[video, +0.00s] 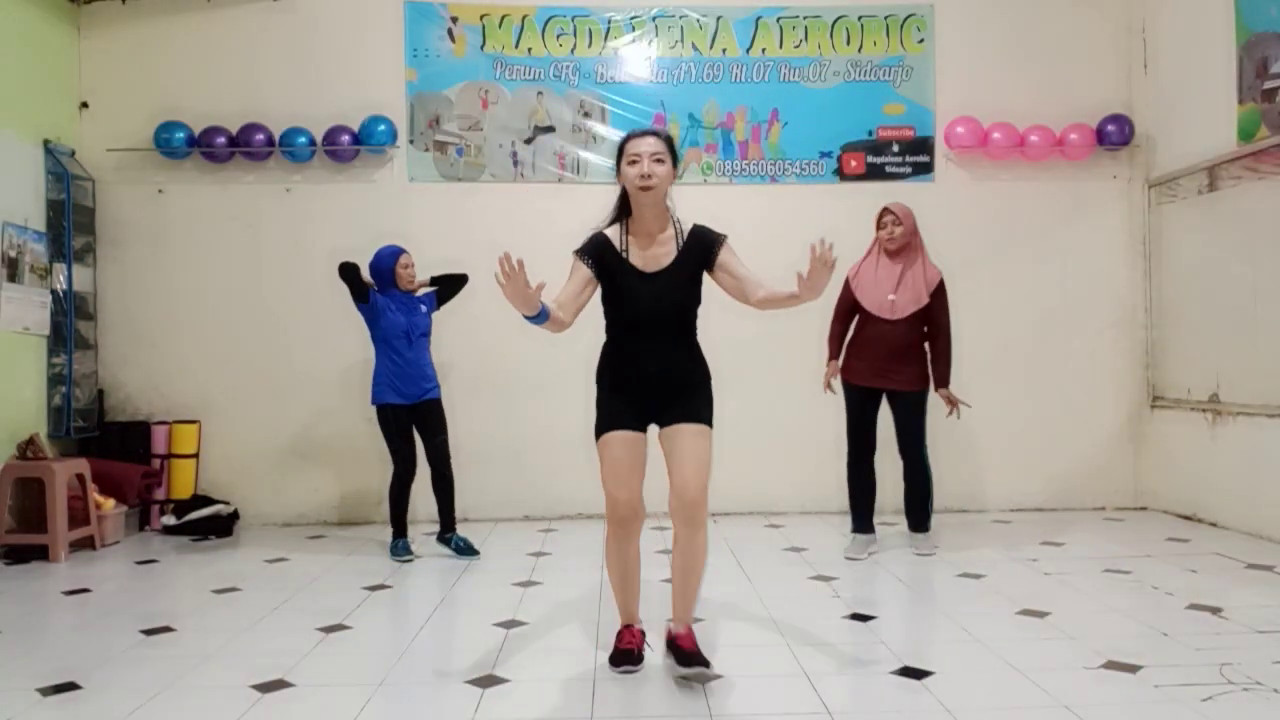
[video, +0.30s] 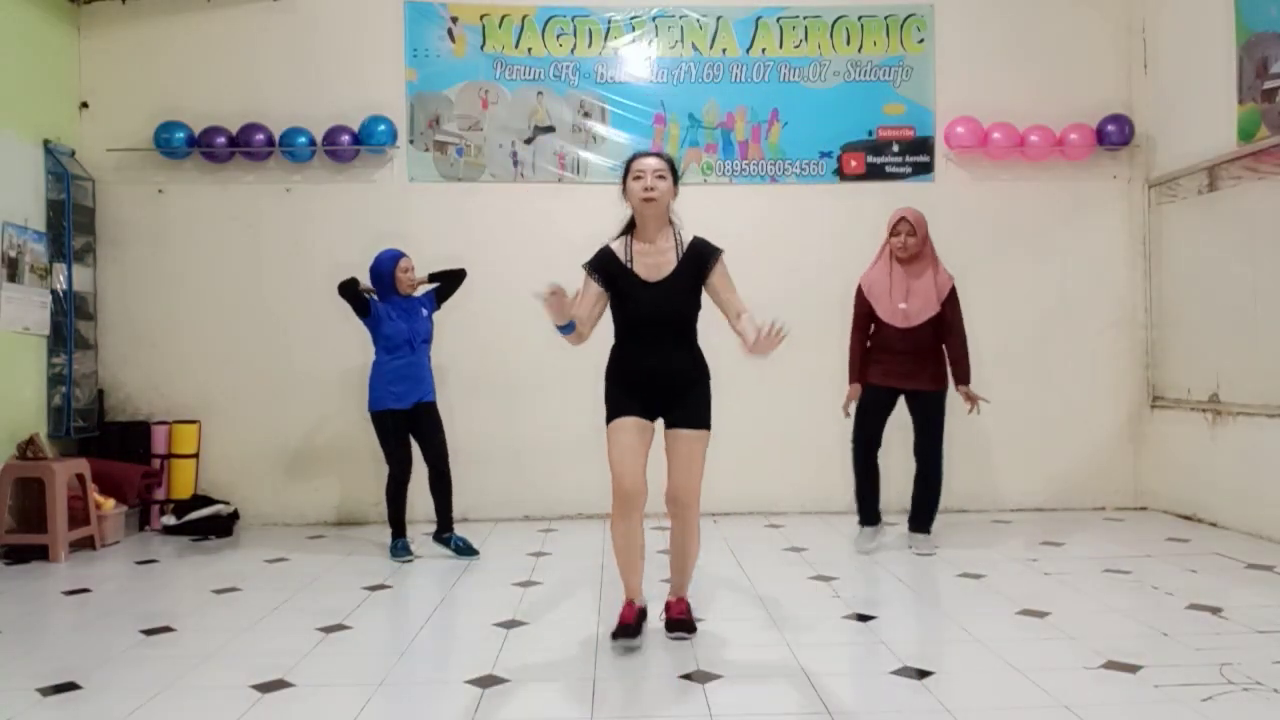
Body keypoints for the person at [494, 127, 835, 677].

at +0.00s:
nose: (646, 168)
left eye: (656, 159)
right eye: (634, 161)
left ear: (673, 172)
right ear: (620, 175)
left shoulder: (699, 242)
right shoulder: (602, 247)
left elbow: (754, 292)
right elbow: (561, 318)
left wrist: (804, 293)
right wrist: (531, 308)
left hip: (683, 383)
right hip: (620, 385)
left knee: (691, 503)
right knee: (623, 509)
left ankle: (682, 628)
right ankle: (629, 627)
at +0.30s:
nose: (650, 183)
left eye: (660, 176)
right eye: (639, 177)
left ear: (675, 191)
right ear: (625, 193)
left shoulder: (699, 254)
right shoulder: (610, 259)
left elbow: (735, 312)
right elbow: (579, 333)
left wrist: (753, 341)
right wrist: (563, 318)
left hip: (686, 381)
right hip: (628, 381)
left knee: (682, 497)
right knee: (627, 493)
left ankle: (678, 600)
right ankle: (633, 602)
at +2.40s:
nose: (660, 211)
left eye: (669, 205)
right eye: (651, 205)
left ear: (681, 215)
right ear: (639, 216)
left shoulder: (700, 269)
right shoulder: (626, 271)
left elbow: (722, 328)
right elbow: (609, 331)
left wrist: (705, 356)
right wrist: (621, 370)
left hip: (689, 374)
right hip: (642, 374)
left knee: (692, 471)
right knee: (641, 438)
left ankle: (687, 560)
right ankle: (644, 527)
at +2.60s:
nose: (656, 209)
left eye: (664, 203)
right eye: (647, 203)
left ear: (676, 213)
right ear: (635, 215)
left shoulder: (697, 267)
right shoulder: (621, 269)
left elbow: (721, 320)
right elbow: (606, 330)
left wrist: (715, 369)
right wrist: (623, 366)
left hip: (686, 375)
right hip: (638, 376)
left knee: (691, 472)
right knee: (641, 474)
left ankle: (686, 561)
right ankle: (637, 556)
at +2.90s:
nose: (650, 212)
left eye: (657, 205)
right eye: (641, 206)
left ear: (669, 216)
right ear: (629, 219)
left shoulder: (690, 270)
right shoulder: (617, 272)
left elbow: (709, 324)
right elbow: (604, 334)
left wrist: (701, 367)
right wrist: (623, 373)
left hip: (678, 376)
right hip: (632, 375)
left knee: (677, 468)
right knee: (634, 471)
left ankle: (671, 544)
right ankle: (638, 559)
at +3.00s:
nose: (648, 214)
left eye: (656, 208)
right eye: (640, 209)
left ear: (669, 219)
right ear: (629, 222)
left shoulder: (691, 272)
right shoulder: (618, 275)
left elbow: (708, 328)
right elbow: (606, 337)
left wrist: (695, 365)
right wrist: (624, 375)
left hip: (678, 375)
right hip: (632, 375)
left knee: (675, 468)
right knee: (628, 463)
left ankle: (666, 552)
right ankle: (636, 553)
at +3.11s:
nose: (647, 215)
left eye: (655, 209)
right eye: (639, 210)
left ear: (668, 221)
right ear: (629, 224)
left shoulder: (689, 272)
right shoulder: (616, 277)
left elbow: (708, 328)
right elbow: (608, 339)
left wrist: (690, 367)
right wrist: (625, 374)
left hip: (679, 373)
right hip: (634, 373)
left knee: (677, 463)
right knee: (633, 440)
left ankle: (666, 551)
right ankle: (633, 530)